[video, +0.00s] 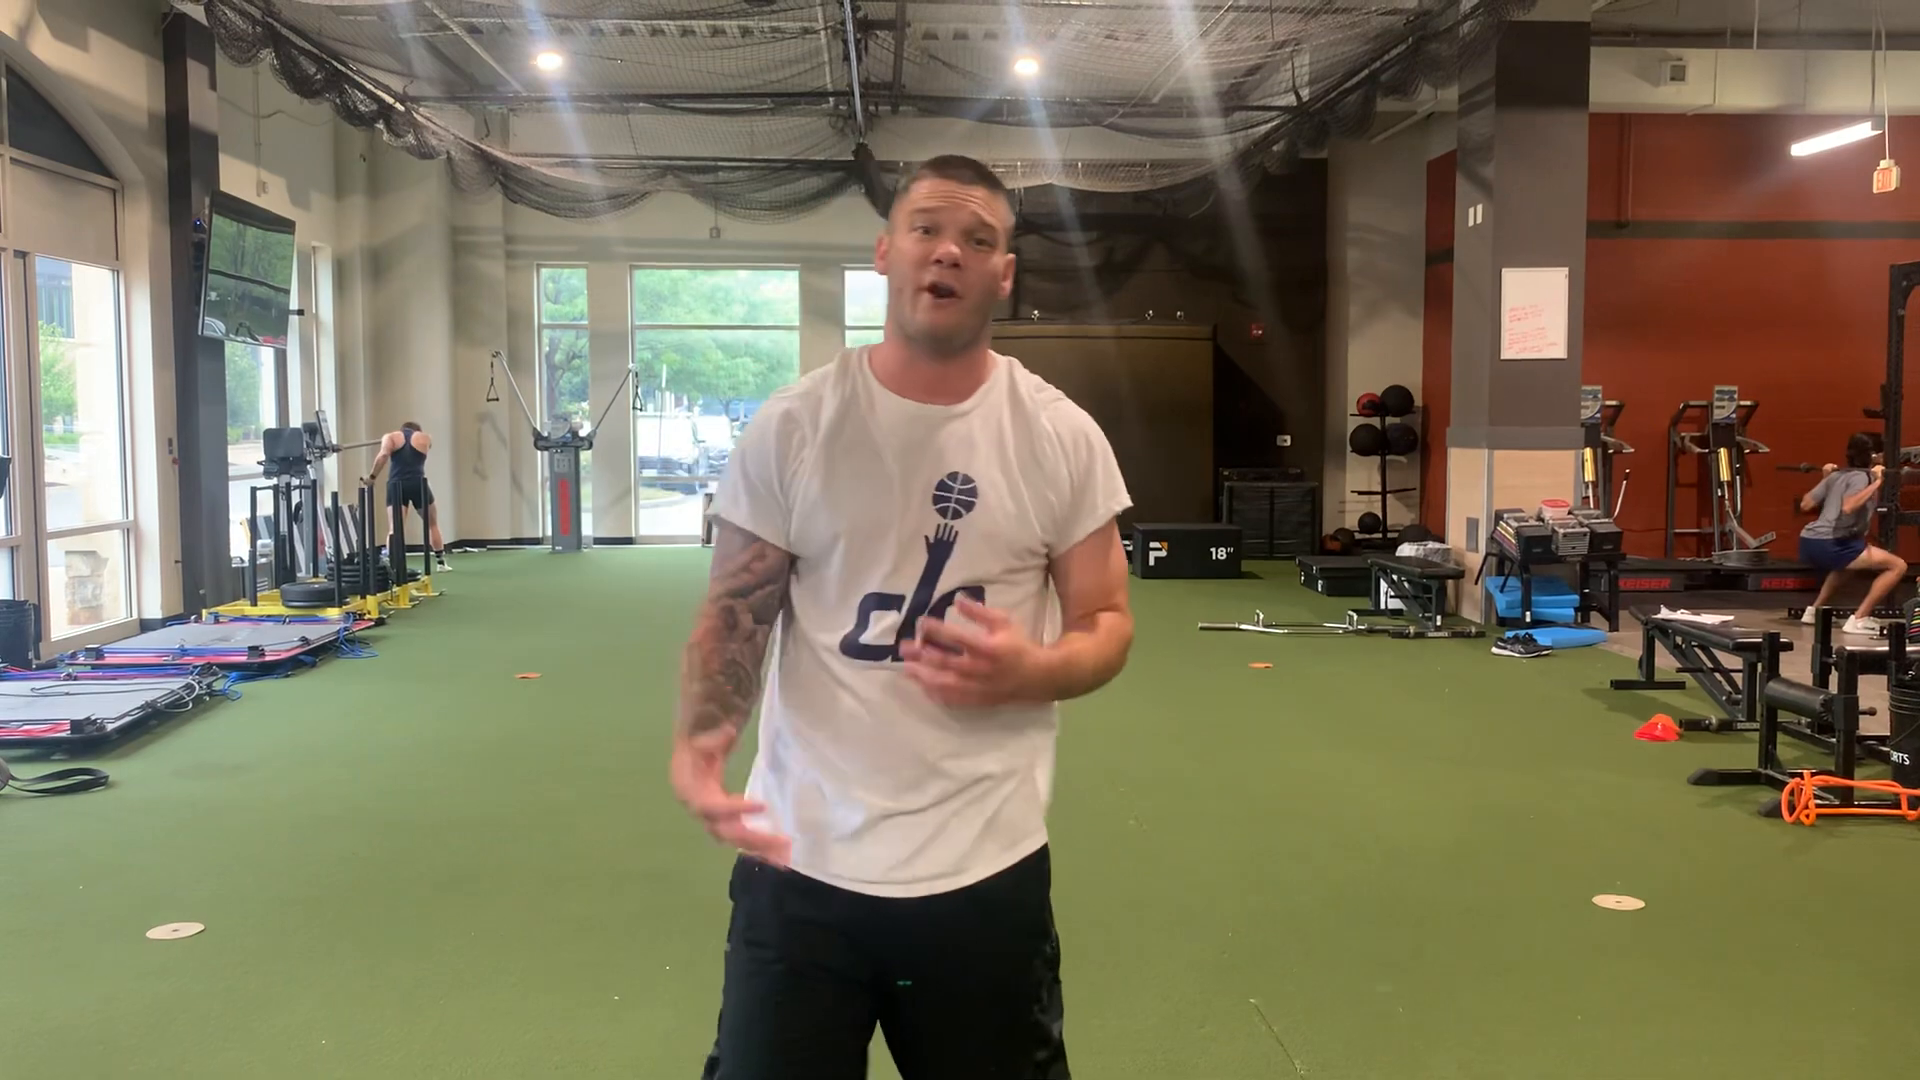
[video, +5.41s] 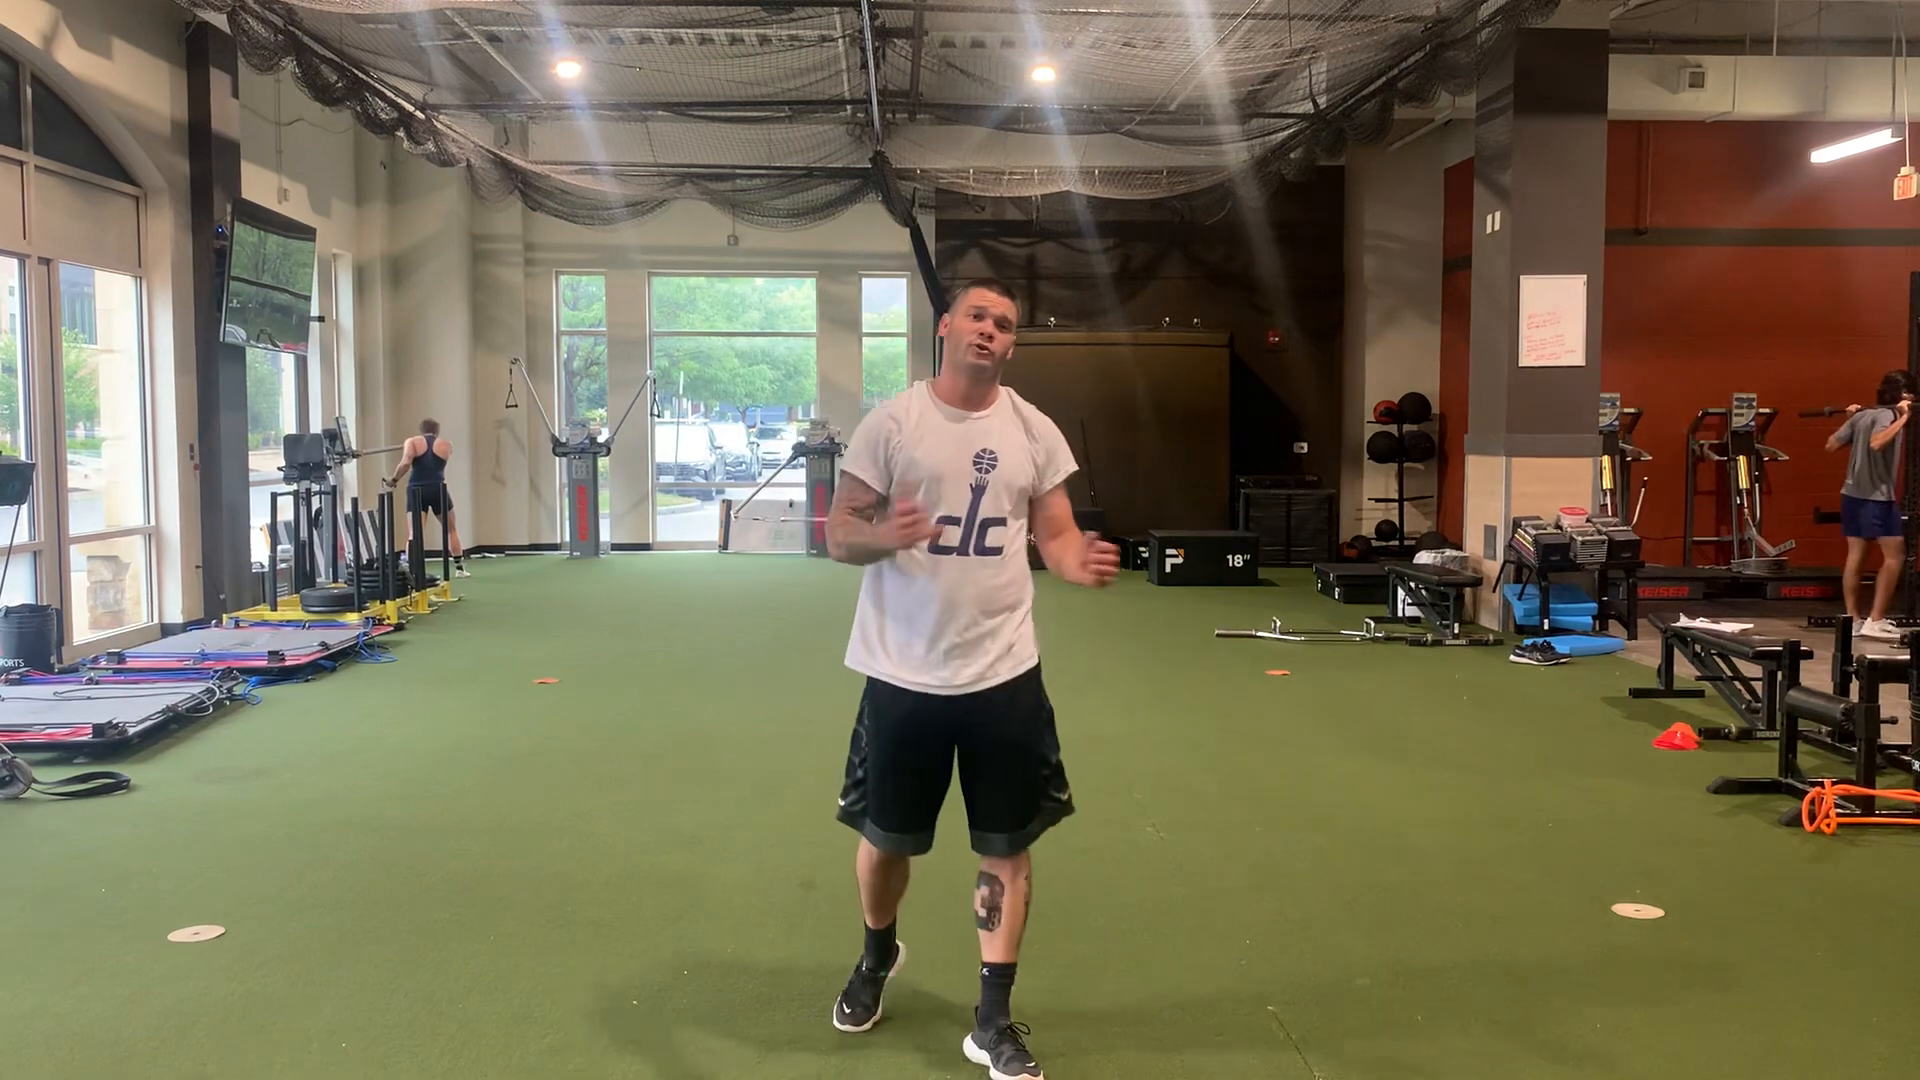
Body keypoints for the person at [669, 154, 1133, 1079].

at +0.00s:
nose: (949, 250)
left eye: (978, 237)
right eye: (927, 228)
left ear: (1006, 277)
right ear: (882, 253)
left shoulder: (1061, 439)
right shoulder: (794, 425)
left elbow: (1104, 627)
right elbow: (737, 609)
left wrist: (1036, 671)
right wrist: (701, 754)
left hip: (982, 873)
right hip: (800, 868)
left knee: (1002, 1069)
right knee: (759, 1070)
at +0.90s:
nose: (994, 274)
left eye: (1021, 268)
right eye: (974, 251)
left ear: (1038, 311)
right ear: (923, 275)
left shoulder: (1063, 462)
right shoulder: (815, 421)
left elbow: (1092, 638)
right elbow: (712, 585)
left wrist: (1070, 703)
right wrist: (790, 655)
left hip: (978, 856)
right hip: (806, 851)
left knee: (993, 1067)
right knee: (773, 1067)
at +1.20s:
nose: (880, 279)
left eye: (902, 266)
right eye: (856, 261)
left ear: (929, 300)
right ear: (815, 293)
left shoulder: (989, 440)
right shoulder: (750, 446)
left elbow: (1040, 600)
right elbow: (694, 622)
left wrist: (997, 661)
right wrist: (737, 684)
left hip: (944, 840)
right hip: (781, 847)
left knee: (968, 1062)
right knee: (768, 1063)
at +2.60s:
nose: (898, 315)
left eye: (917, 311)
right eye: (885, 298)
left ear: (930, 339)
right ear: (846, 311)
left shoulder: (957, 447)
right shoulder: (770, 431)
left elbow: (981, 575)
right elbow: (706, 573)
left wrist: (941, 626)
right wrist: (763, 540)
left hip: (910, 737)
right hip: (783, 736)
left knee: (908, 965)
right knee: (755, 976)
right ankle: (762, 1057)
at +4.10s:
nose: (912, 341)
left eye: (927, 334)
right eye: (901, 325)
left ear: (939, 354)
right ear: (871, 334)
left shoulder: (955, 445)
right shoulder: (806, 426)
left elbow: (973, 557)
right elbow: (754, 533)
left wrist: (992, 661)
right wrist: (831, 545)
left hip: (907, 677)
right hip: (811, 676)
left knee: (898, 846)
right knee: (815, 842)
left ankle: (878, 1017)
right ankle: (849, 959)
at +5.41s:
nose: (990, 332)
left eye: (1004, 325)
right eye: (978, 316)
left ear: (1013, 347)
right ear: (942, 326)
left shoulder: (1033, 432)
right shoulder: (888, 424)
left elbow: (1057, 536)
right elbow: (839, 537)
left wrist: (1076, 558)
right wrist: (885, 535)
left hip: (1002, 676)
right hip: (900, 675)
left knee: (1005, 847)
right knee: (885, 840)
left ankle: (992, 1020)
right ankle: (877, 954)